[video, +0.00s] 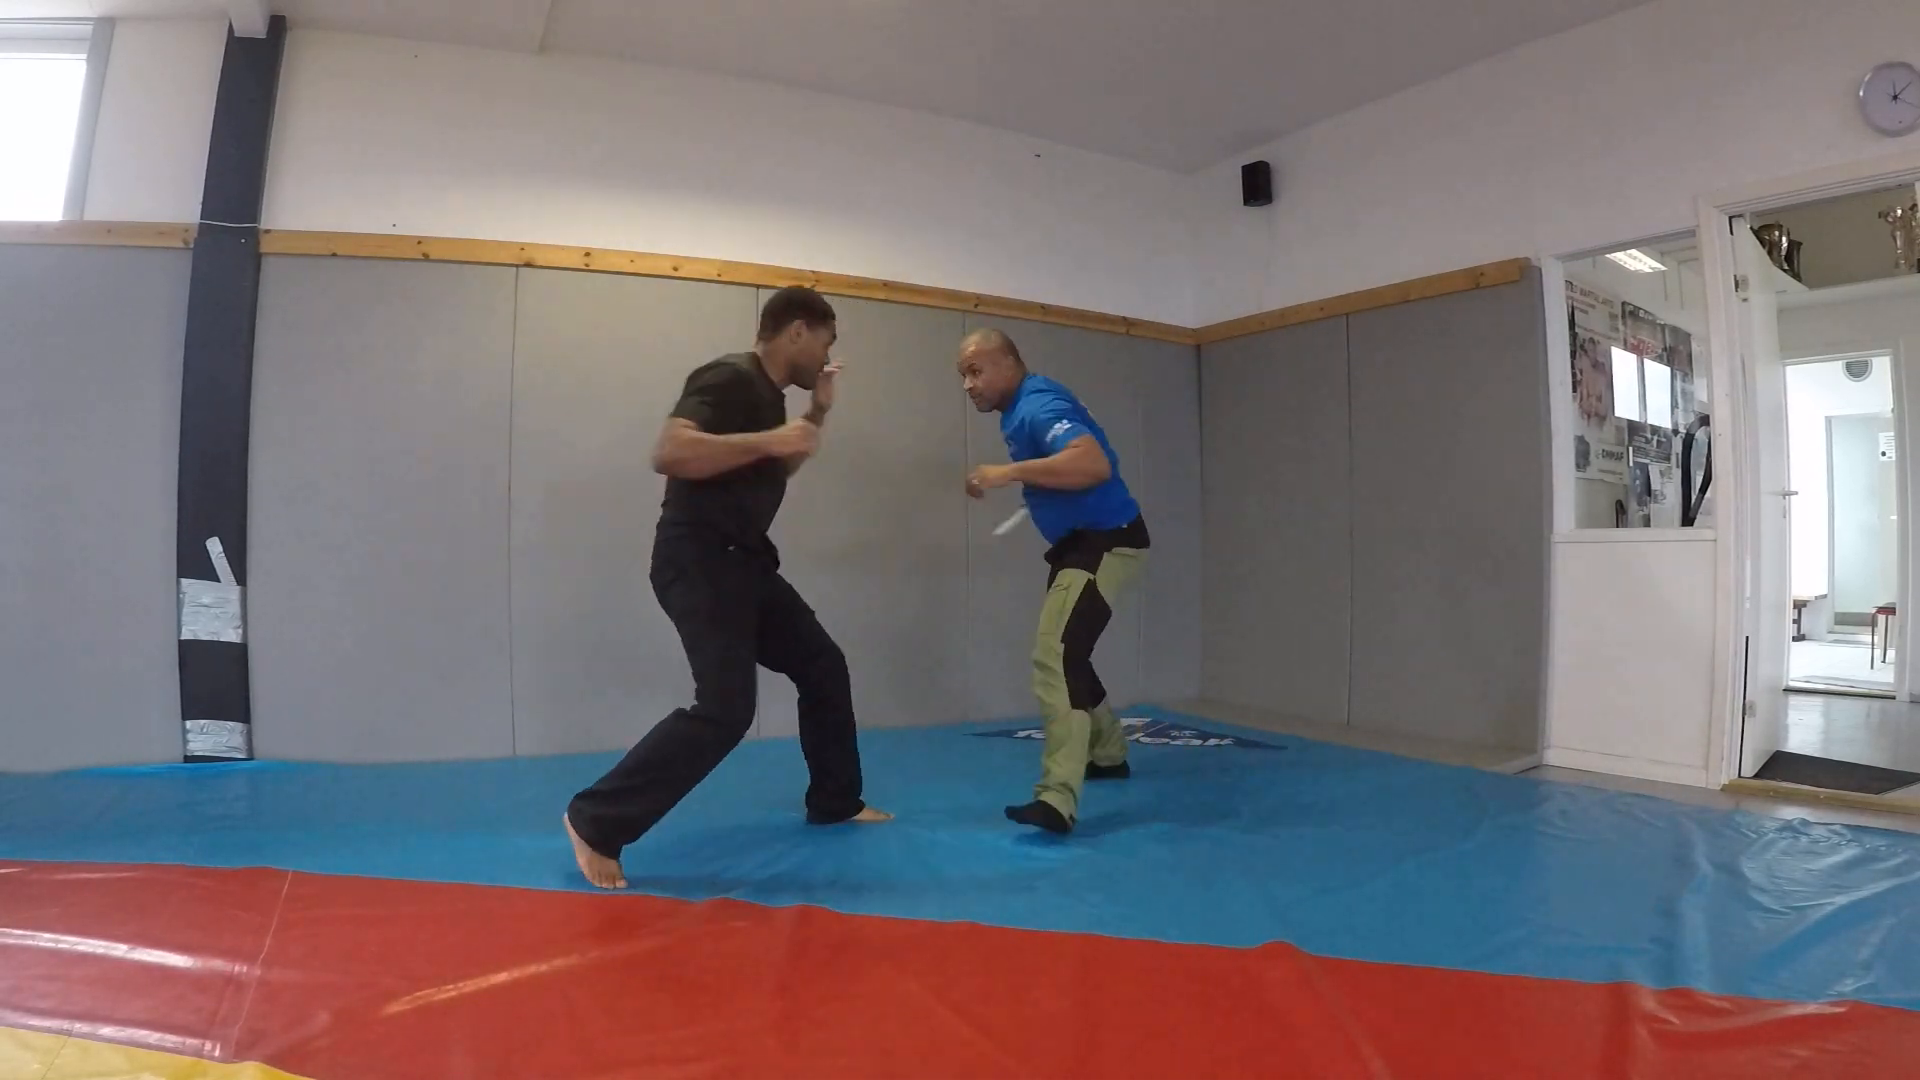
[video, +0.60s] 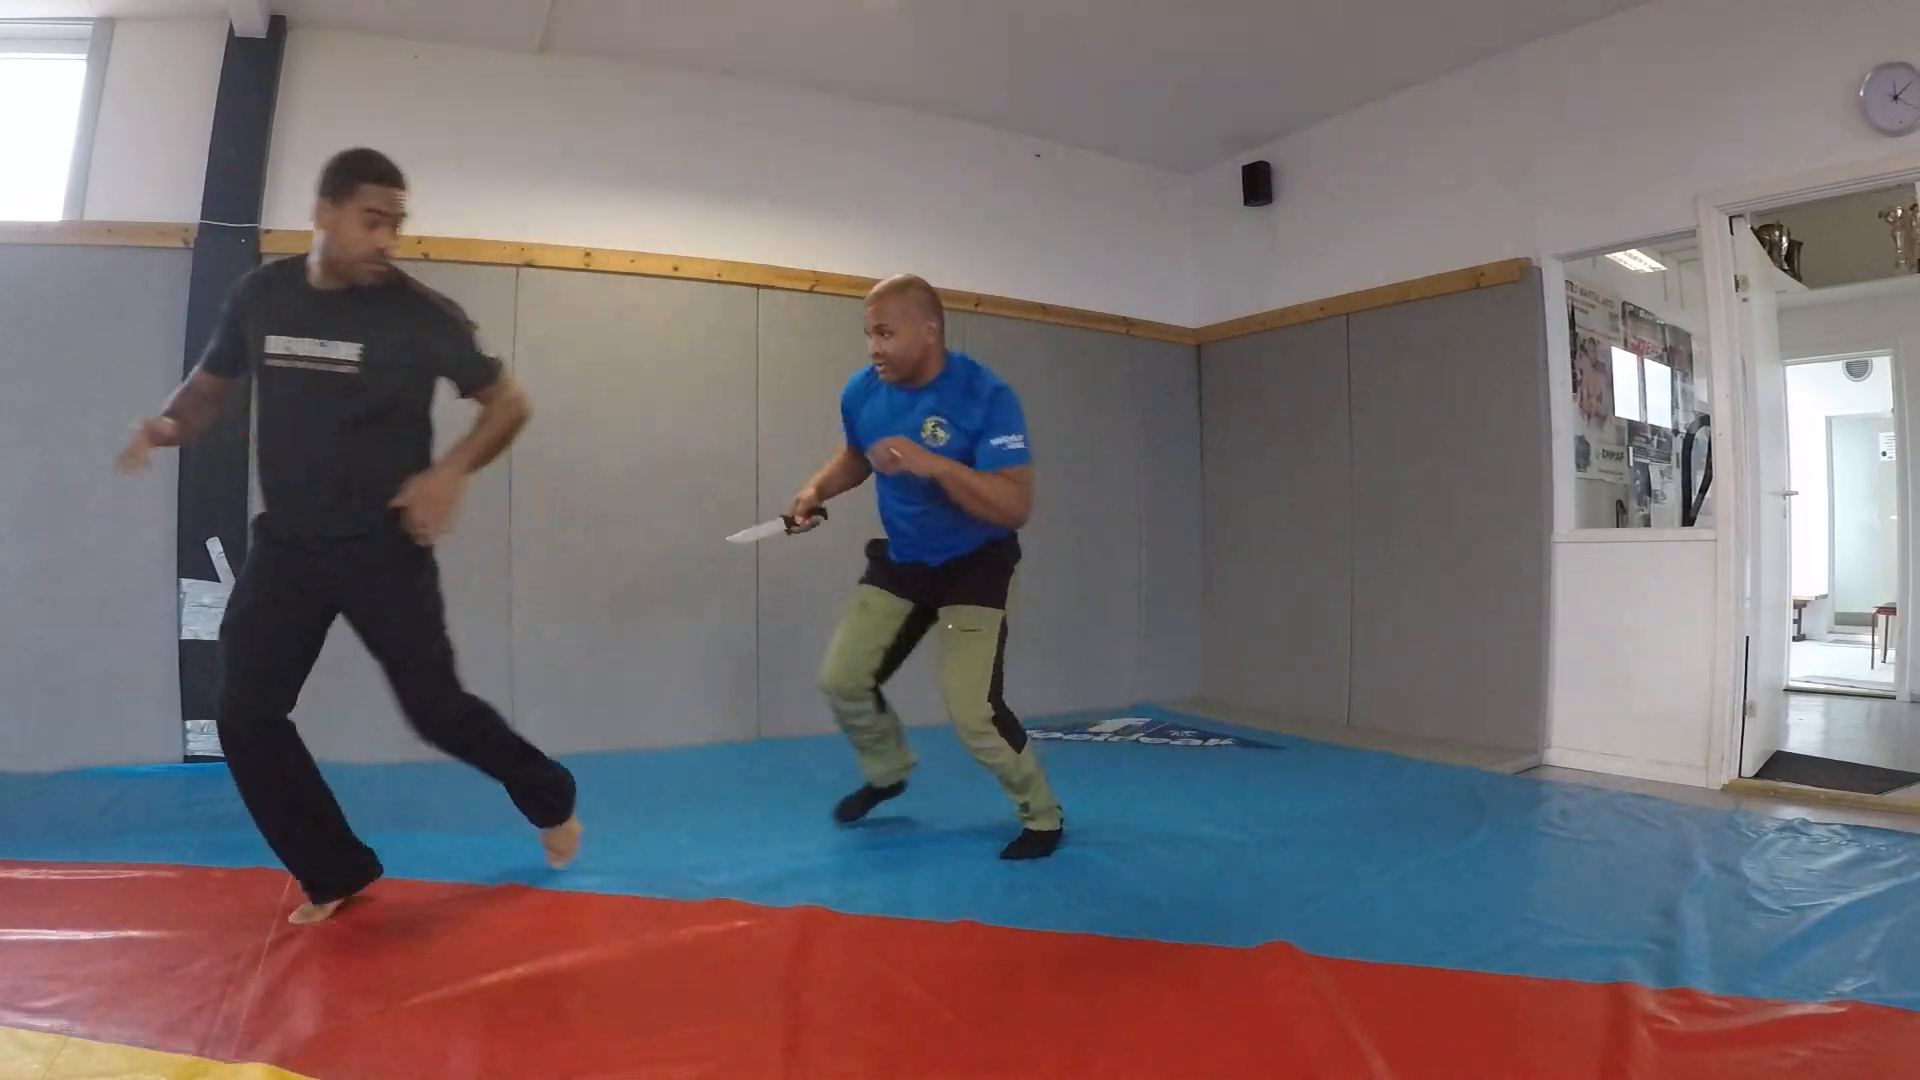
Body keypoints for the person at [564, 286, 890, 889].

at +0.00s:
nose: (829, 355)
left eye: (831, 343)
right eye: (828, 341)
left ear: (795, 333)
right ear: (797, 332)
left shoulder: (770, 397)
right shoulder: (729, 379)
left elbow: (777, 470)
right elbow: (670, 452)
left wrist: (818, 412)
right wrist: (768, 443)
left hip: (744, 564)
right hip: (698, 562)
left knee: (824, 668)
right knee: (725, 710)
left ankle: (834, 801)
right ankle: (595, 820)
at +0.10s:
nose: (781, 331)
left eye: (783, 318)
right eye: (778, 316)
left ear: (744, 306)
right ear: (744, 304)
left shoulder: (721, 373)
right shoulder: (662, 353)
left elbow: (732, 404)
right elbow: (569, 415)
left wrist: (765, 363)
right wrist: (659, 377)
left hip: (710, 561)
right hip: (648, 560)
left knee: (770, 686)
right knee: (677, 710)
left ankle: (826, 800)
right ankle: (608, 853)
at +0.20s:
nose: (726, 304)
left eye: (730, 292)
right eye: (721, 288)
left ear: (686, 278)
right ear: (680, 272)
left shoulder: (690, 343)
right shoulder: (587, 323)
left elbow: (731, 352)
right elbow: (499, 387)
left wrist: (772, 308)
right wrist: (592, 336)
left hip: (659, 541)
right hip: (582, 540)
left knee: (716, 676)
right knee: (615, 702)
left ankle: (752, 807)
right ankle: (604, 858)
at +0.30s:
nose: (675, 284)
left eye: (680, 271)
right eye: (670, 267)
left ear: (636, 261)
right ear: (624, 253)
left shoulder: (652, 325)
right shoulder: (523, 301)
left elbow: (715, 348)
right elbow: (466, 409)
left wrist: (755, 354)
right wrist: (575, 390)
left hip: (596, 510)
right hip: (514, 512)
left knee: (658, 655)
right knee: (528, 682)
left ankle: (617, 808)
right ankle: (578, 838)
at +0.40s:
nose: (612, 284)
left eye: (616, 270)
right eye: (603, 267)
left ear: (575, 262)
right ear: (550, 256)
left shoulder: (601, 329)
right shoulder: (452, 316)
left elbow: (694, 367)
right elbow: (399, 434)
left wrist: (695, 406)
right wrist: (493, 476)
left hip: (545, 528)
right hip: (453, 524)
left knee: (577, 692)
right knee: (411, 682)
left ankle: (557, 828)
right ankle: (453, 827)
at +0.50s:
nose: (519, 272)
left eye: (525, 258)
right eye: (509, 255)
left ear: (519, 260)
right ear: (454, 247)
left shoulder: (534, 344)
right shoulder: (362, 308)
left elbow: (634, 386)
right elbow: (289, 384)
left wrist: (637, 446)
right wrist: (303, 451)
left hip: (479, 548)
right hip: (380, 540)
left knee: (529, 693)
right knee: (296, 674)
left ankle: (562, 835)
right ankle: (342, 846)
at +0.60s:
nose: (388, 239)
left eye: (397, 223)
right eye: (374, 220)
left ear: (401, 227)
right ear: (325, 213)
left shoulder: (422, 317)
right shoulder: (264, 296)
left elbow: (510, 404)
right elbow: (209, 389)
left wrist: (451, 474)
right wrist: (168, 425)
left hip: (385, 548)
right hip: (288, 548)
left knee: (435, 711)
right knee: (246, 716)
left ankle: (549, 795)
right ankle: (337, 870)